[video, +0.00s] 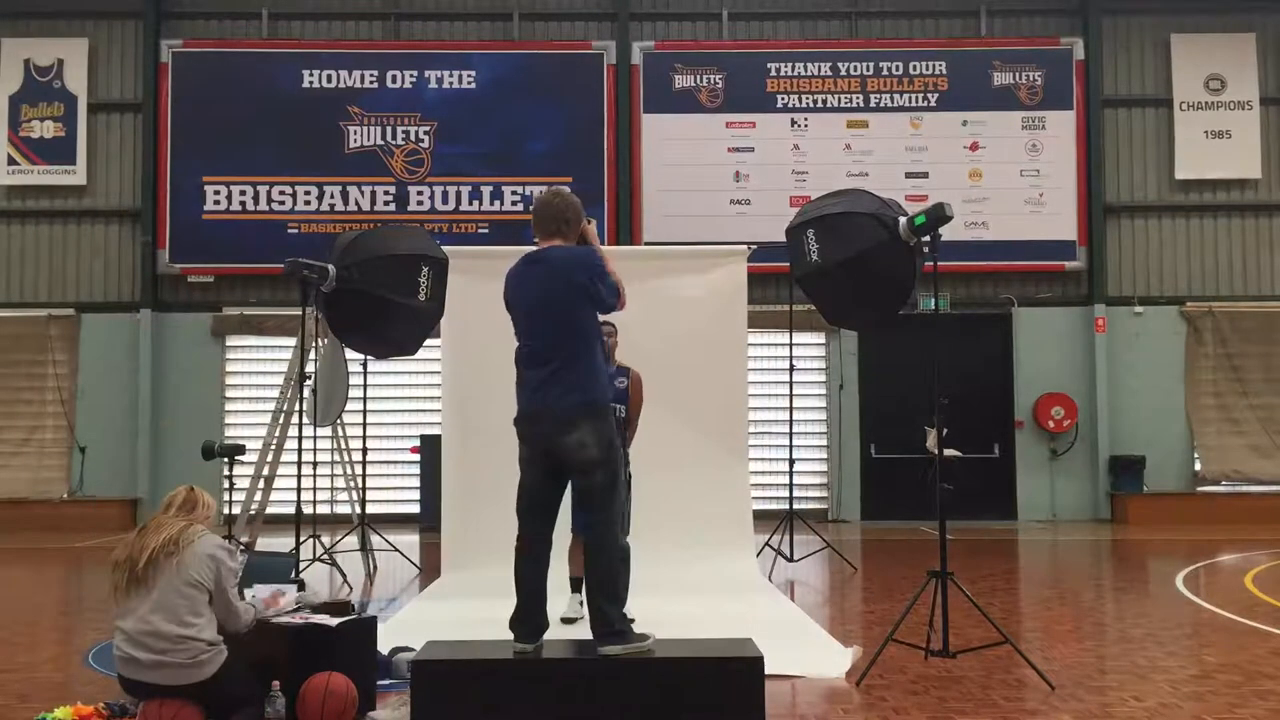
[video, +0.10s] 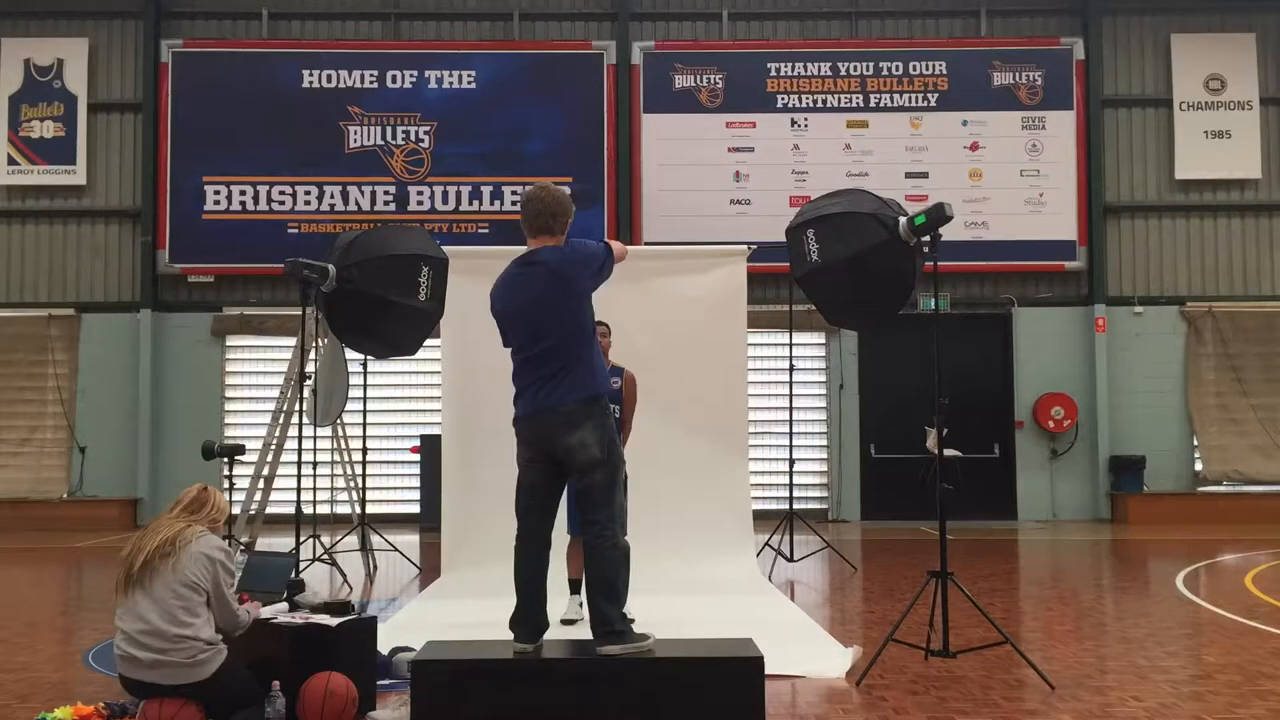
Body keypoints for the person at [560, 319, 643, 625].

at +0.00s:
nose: (606, 342)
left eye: (610, 336)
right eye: (601, 336)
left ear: (616, 341)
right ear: (591, 341)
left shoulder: (629, 378)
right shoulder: (577, 376)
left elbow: (632, 421)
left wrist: (620, 451)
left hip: (614, 460)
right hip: (581, 461)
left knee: (615, 532)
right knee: (580, 531)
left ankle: (614, 603)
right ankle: (575, 597)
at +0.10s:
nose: (599, 341)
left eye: (604, 335)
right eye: (595, 336)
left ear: (611, 341)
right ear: (586, 342)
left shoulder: (624, 378)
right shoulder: (572, 377)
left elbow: (626, 422)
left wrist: (615, 454)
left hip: (608, 462)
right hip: (577, 464)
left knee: (612, 531)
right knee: (577, 533)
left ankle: (614, 603)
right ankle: (574, 599)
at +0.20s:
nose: (599, 342)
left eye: (603, 336)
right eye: (594, 337)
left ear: (610, 342)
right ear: (585, 342)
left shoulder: (623, 378)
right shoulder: (573, 377)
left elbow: (626, 422)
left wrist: (616, 453)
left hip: (609, 463)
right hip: (577, 465)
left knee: (612, 532)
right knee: (577, 534)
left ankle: (613, 604)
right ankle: (574, 599)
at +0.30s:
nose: (598, 340)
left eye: (602, 335)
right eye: (592, 336)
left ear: (610, 341)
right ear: (584, 342)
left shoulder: (623, 378)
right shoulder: (573, 376)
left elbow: (626, 421)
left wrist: (615, 452)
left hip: (609, 461)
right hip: (577, 463)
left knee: (612, 532)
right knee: (577, 533)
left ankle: (613, 604)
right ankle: (574, 599)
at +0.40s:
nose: (598, 339)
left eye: (602, 335)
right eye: (593, 334)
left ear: (610, 340)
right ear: (584, 340)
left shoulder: (624, 377)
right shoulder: (573, 373)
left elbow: (626, 422)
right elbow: (569, 419)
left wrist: (614, 451)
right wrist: (582, 448)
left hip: (611, 461)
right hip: (579, 461)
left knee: (615, 532)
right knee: (580, 532)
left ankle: (620, 597)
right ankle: (579, 601)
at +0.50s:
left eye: (624, 356)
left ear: (623, 357)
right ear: (602, 349)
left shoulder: (613, 379)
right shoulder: (590, 377)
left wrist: (617, 385)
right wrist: (615, 388)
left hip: (597, 466)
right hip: (576, 465)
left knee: (587, 529)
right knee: (571, 531)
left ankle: (589, 600)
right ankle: (569, 595)